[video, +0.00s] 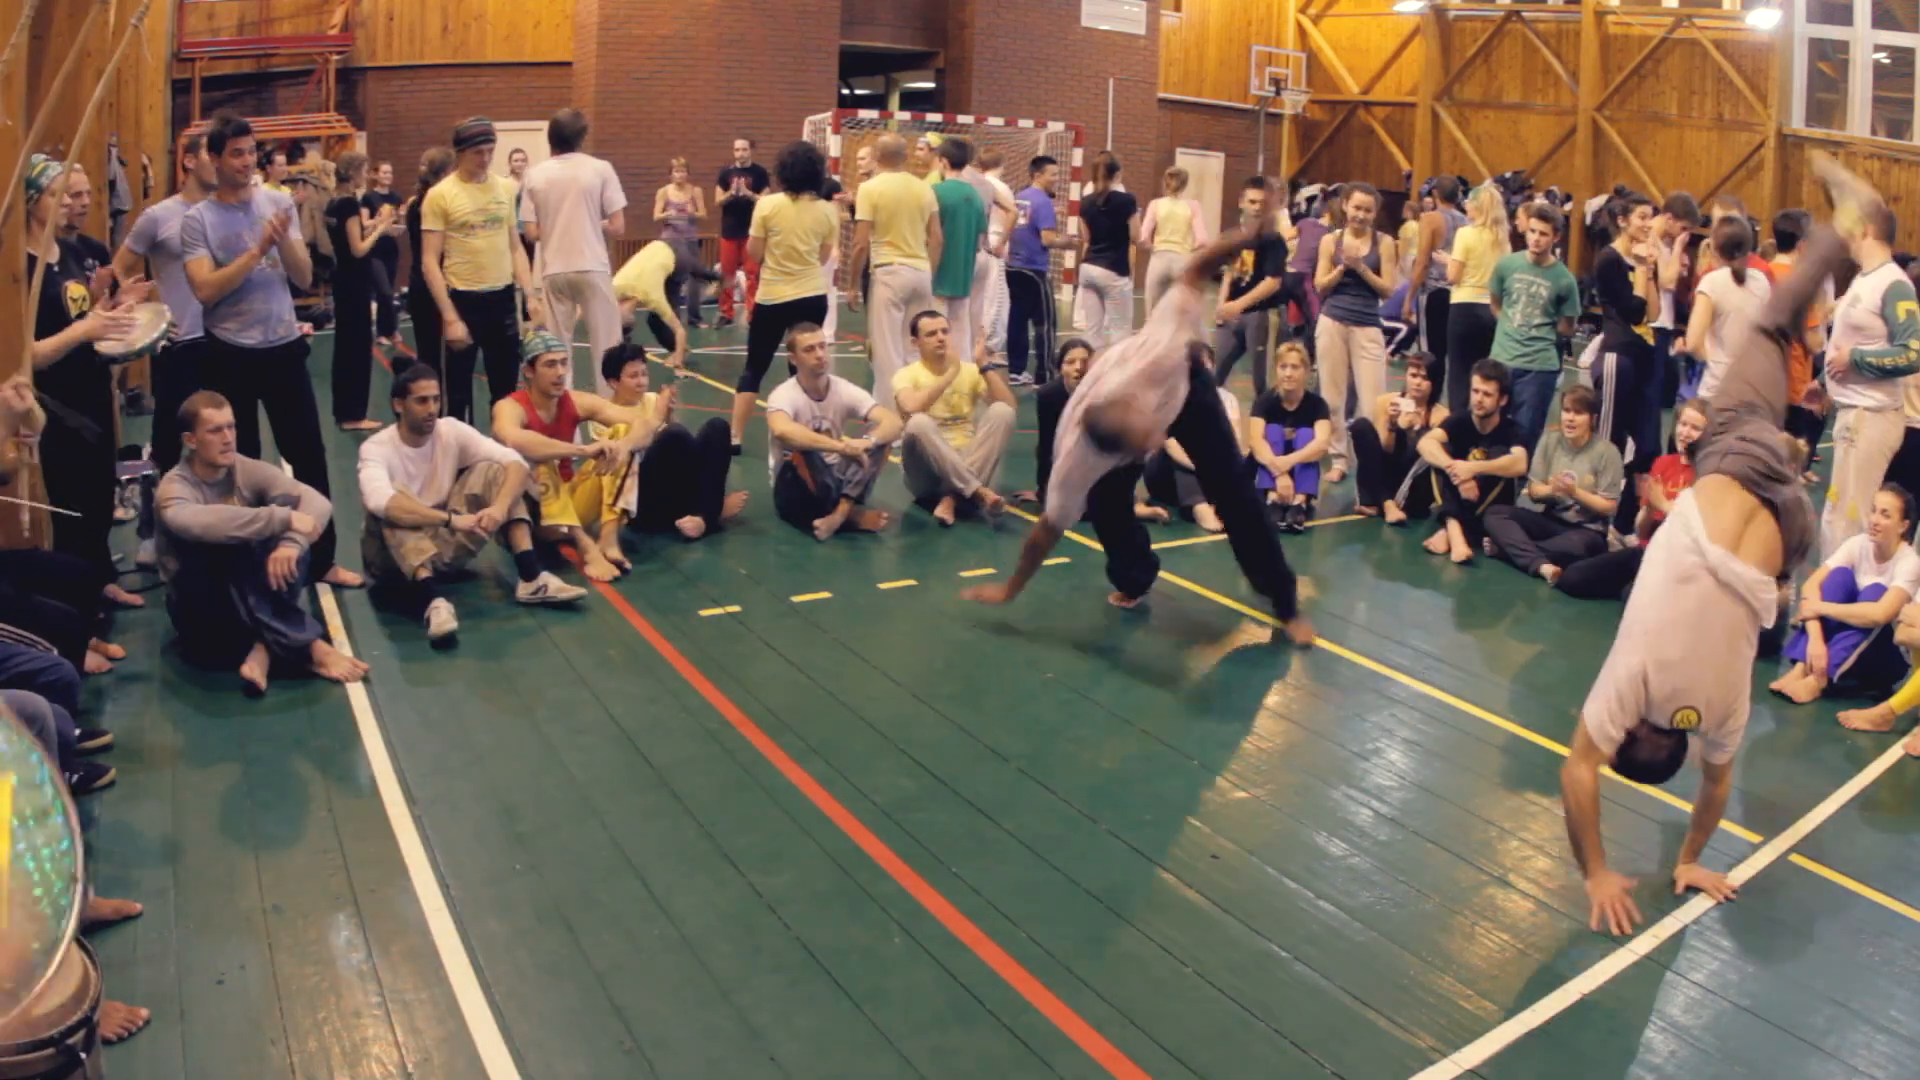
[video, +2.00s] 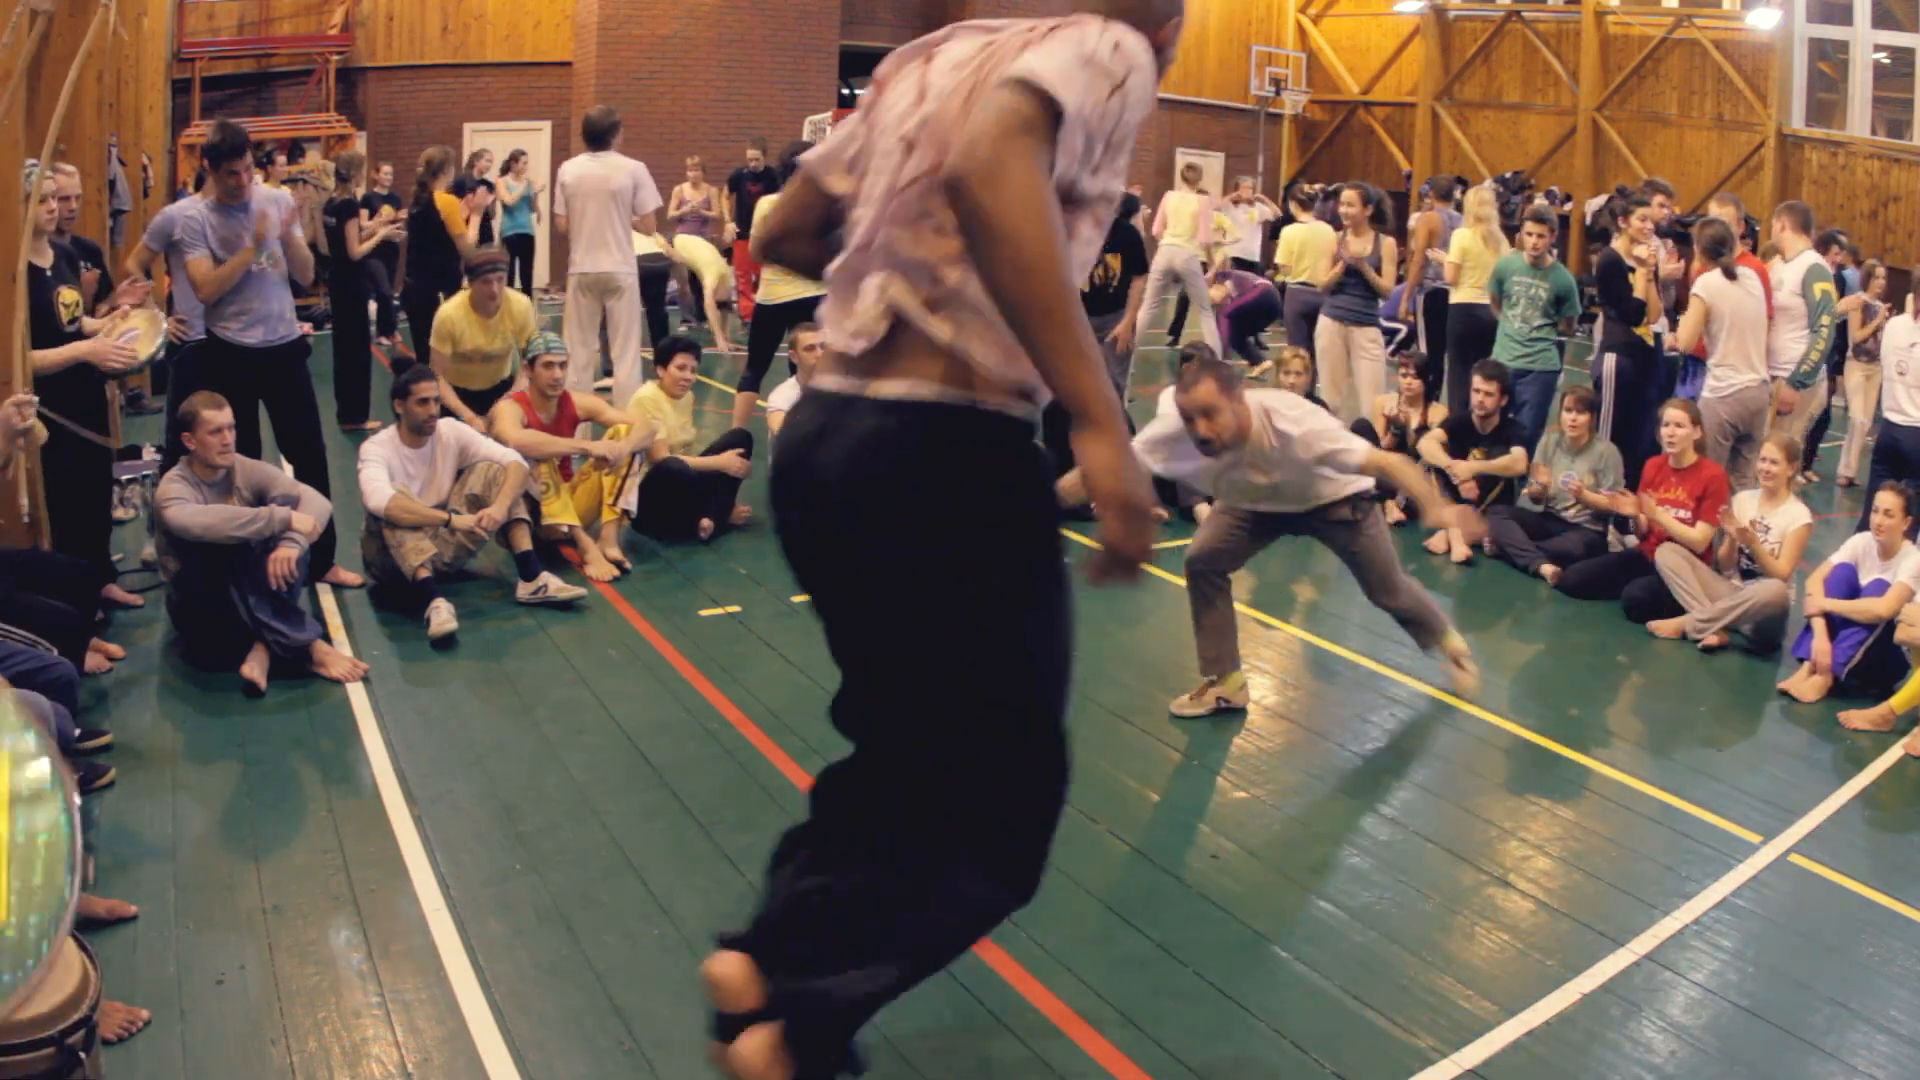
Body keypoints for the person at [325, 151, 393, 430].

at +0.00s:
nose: (368, 177)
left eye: (368, 171)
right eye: (365, 171)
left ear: (345, 172)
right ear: (354, 173)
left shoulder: (334, 204)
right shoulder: (349, 205)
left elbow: (348, 243)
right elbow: (357, 248)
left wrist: (375, 227)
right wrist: (380, 227)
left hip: (343, 278)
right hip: (356, 280)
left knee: (348, 341)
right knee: (358, 343)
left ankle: (346, 411)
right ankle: (352, 415)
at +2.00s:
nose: (369, 176)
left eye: (369, 170)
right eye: (367, 171)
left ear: (340, 171)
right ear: (356, 173)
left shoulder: (330, 204)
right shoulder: (349, 206)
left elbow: (345, 241)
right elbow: (355, 251)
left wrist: (372, 229)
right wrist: (381, 236)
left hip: (338, 278)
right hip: (352, 282)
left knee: (346, 343)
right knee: (358, 344)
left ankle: (348, 413)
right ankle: (355, 416)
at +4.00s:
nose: (369, 175)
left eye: (368, 170)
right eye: (367, 170)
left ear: (344, 171)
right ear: (356, 172)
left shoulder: (335, 202)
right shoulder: (350, 204)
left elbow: (349, 239)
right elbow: (357, 248)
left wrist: (373, 232)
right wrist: (381, 241)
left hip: (343, 280)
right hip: (356, 282)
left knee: (349, 342)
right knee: (360, 344)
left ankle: (347, 411)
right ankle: (355, 414)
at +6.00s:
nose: (368, 174)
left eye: (367, 168)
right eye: (365, 169)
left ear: (344, 172)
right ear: (354, 172)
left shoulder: (335, 202)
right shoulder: (355, 204)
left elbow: (351, 238)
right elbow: (359, 249)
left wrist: (381, 224)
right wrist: (382, 235)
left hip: (342, 280)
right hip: (358, 282)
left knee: (348, 343)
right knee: (361, 345)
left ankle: (346, 410)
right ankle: (356, 414)